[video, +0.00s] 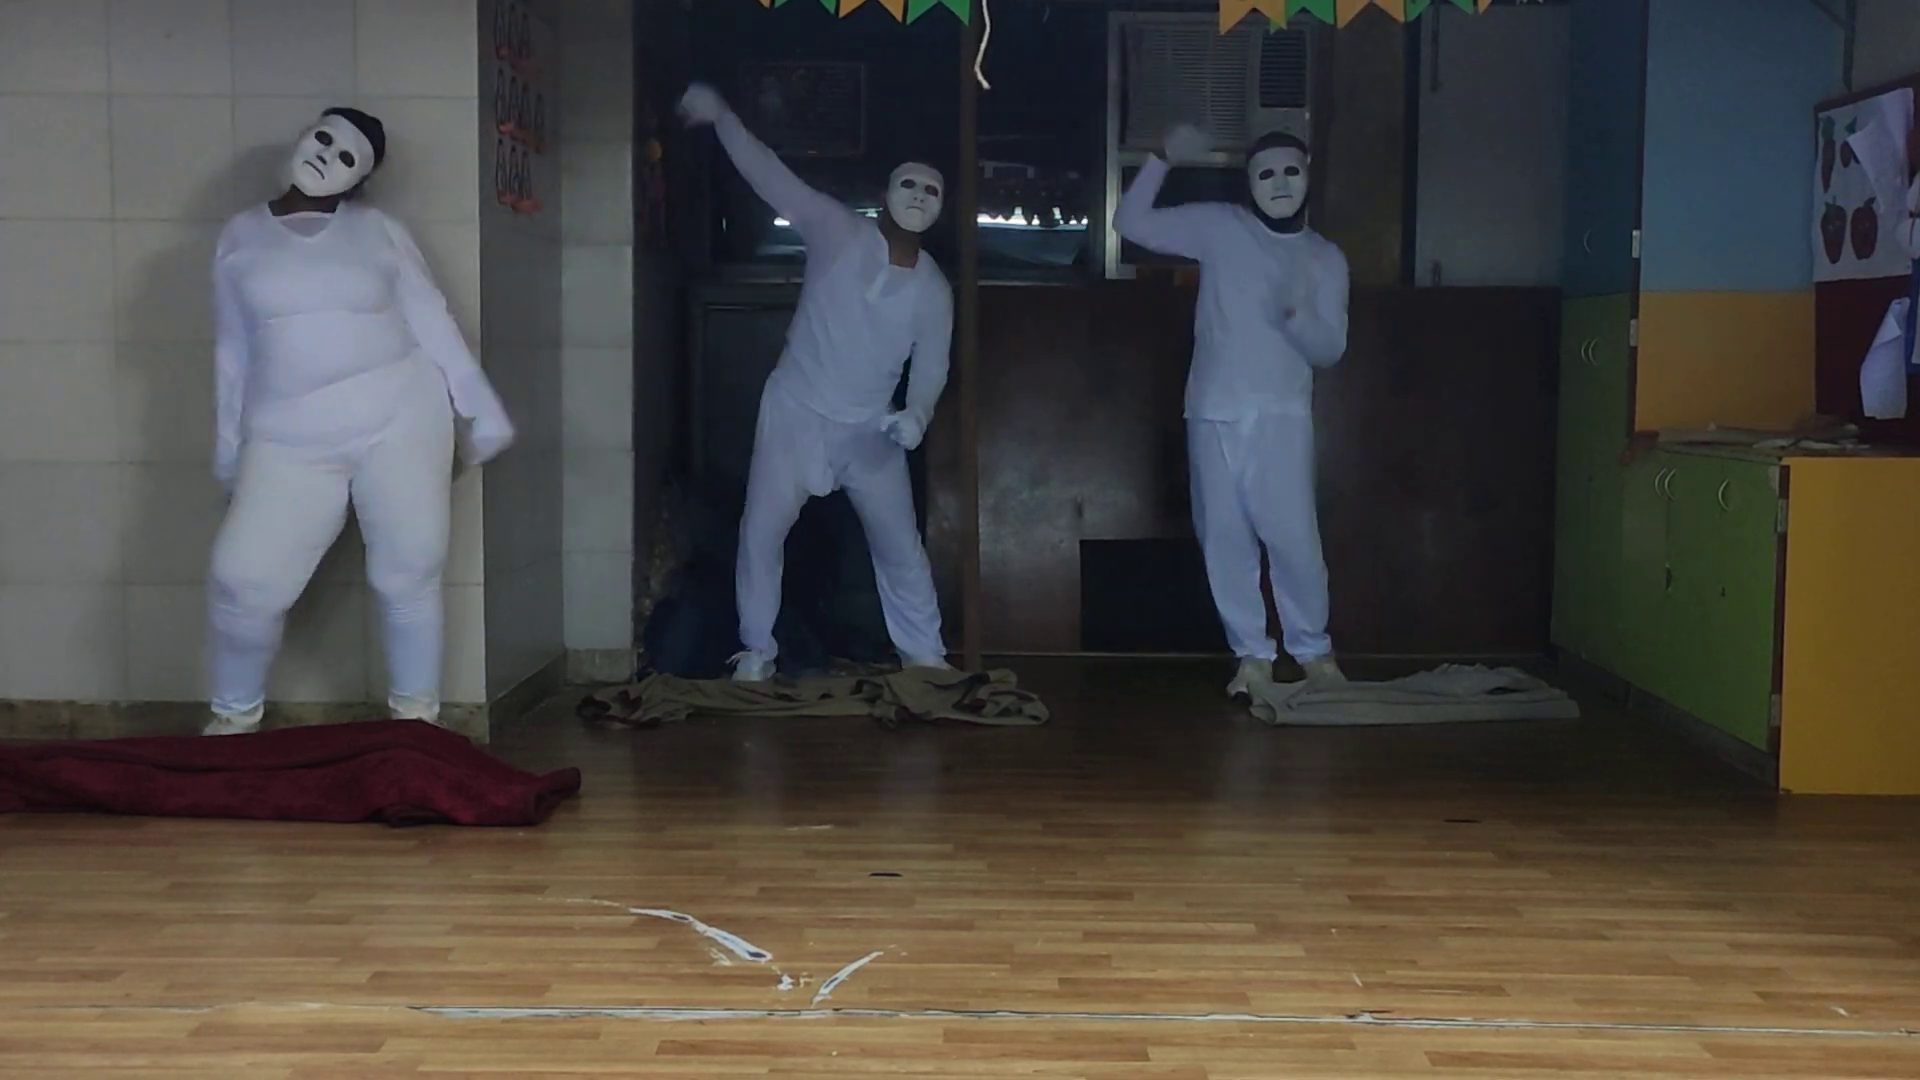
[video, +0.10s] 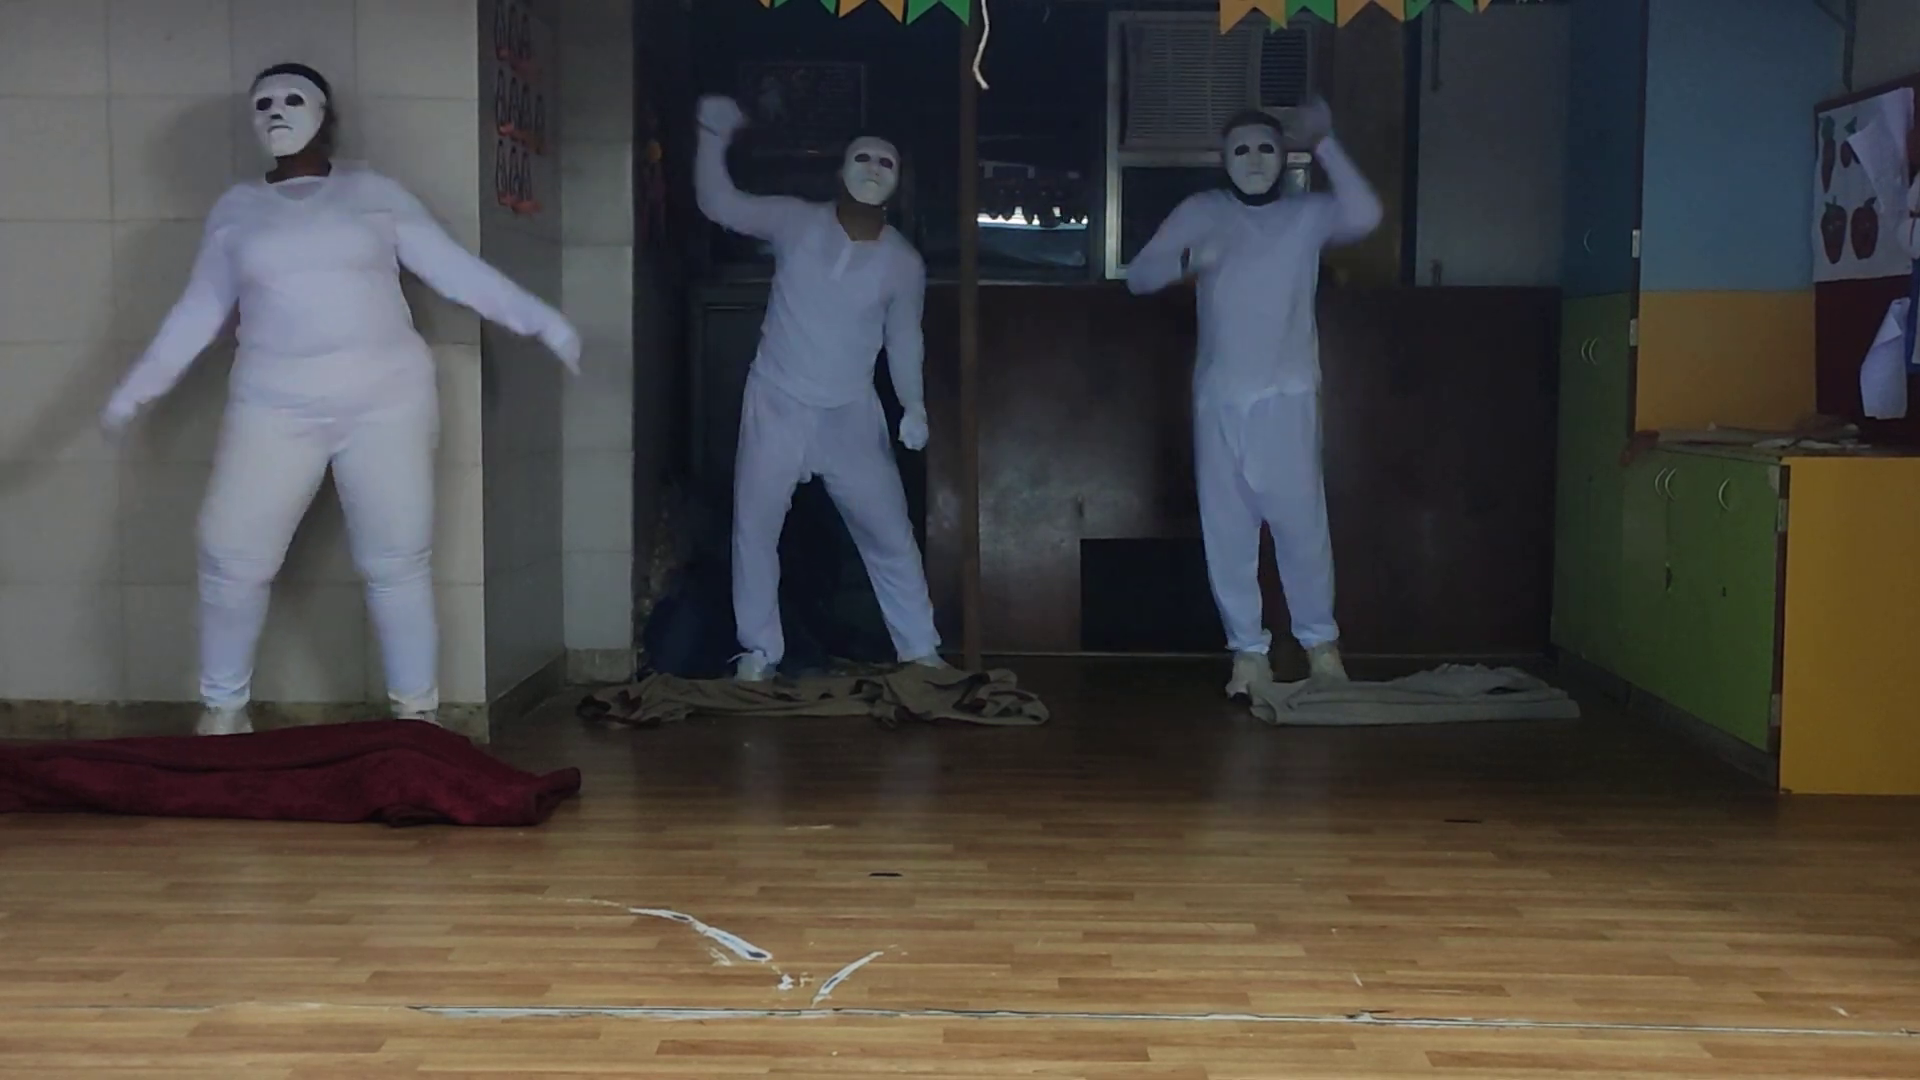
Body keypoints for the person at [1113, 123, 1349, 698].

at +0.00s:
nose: (1279, 184)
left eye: (1291, 172)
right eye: (1266, 174)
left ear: (1308, 178)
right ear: (1249, 182)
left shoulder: (1325, 259)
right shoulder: (1219, 226)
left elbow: (1331, 349)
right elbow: (1133, 221)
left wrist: (1295, 318)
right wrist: (1161, 158)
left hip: (1283, 414)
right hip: (1214, 410)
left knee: (1293, 536)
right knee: (1225, 537)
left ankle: (1314, 653)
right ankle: (1253, 658)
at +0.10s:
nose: (1254, 160)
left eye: (1266, 149)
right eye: (1241, 150)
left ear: (1283, 158)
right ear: (1224, 160)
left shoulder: (1306, 212)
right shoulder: (1201, 213)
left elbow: (1364, 213)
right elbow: (1140, 275)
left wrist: (1324, 146)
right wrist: (1189, 261)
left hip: (1287, 390)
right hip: (1219, 394)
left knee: (1299, 520)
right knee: (1228, 525)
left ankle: (1322, 646)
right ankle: (1248, 655)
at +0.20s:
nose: (1236, 154)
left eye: (1246, 143)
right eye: (1224, 146)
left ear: (1266, 149)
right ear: (1210, 158)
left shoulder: (1299, 188)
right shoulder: (1192, 228)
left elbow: (1353, 111)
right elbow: (1172, 307)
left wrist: (1340, 37)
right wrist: (1173, 352)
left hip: (1292, 380)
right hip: (1222, 388)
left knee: (1312, 512)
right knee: (1225, 519)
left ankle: (1337, 632)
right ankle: (1228, 650)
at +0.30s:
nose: (1229, 175)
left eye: (1241, 165)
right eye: (1216, 167)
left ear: (1259, 171)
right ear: (1200, 178)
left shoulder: (1288, 204)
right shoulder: (1188, 257)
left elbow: (1337, 127)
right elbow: (1186, 346)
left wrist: (1330, 44)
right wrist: (1194, 422)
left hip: (1301, 396)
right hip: (1227, 408)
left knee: (1331, 515)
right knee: (1225, 533)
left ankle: (1354, 602)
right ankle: (1229, 655)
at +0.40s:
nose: (1232, 178)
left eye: (1243, 167)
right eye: (1219, 169)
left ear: (1261, 174)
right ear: (1204, 182)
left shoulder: (1296, 216)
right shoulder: (1190, 261)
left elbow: (1375, 181)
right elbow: (1187, 347)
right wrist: (1171, 400)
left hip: (1309, 402)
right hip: (1235, 416)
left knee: (1354, 494)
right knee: (1227, 535)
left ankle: (1347, 565)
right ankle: (1229, 654)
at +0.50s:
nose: (1247, 159)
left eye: (1258, 150)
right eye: (1235, 152)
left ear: (1274, 160)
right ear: (1217, 165)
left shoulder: (1309, 205)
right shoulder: (1199, 233)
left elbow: (1390, 232)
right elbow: (1159, 307)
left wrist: (1351, 255)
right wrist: (1146, 260)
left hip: (1320, 392)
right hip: (1245, 404)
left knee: (1370, 490)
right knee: (1231, 527)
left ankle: (1353, 584)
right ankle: (1232, 653)